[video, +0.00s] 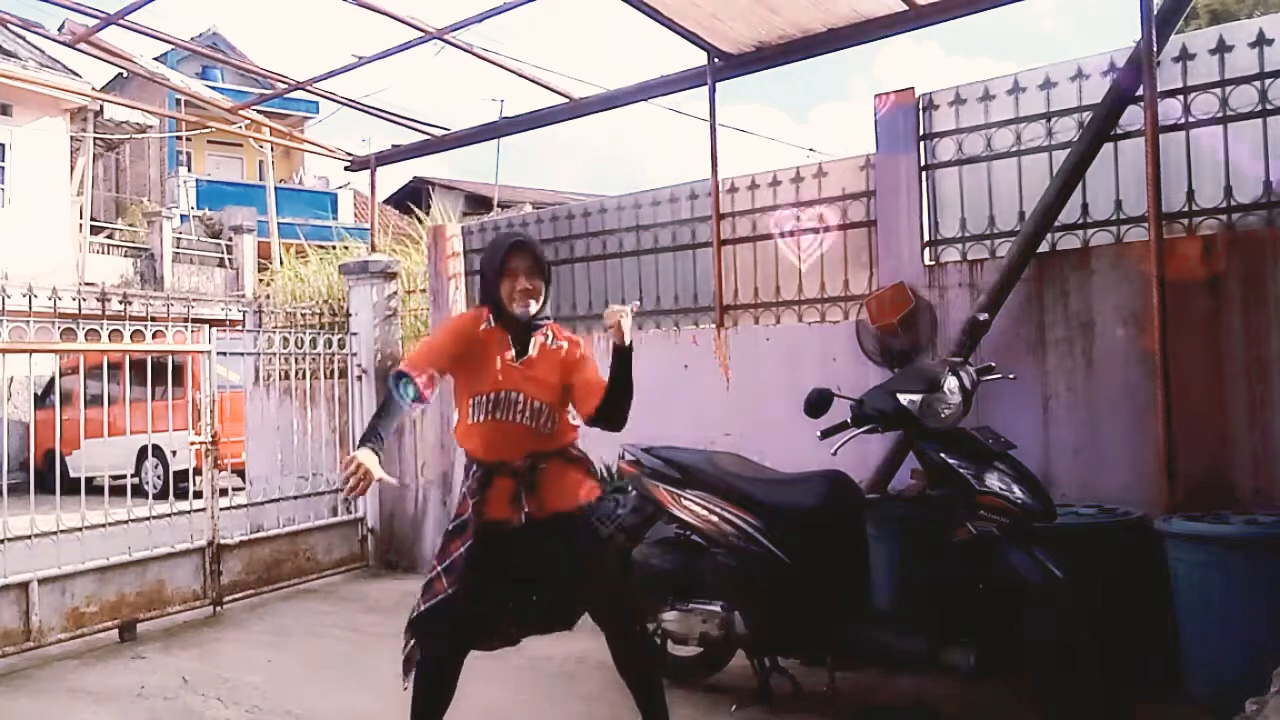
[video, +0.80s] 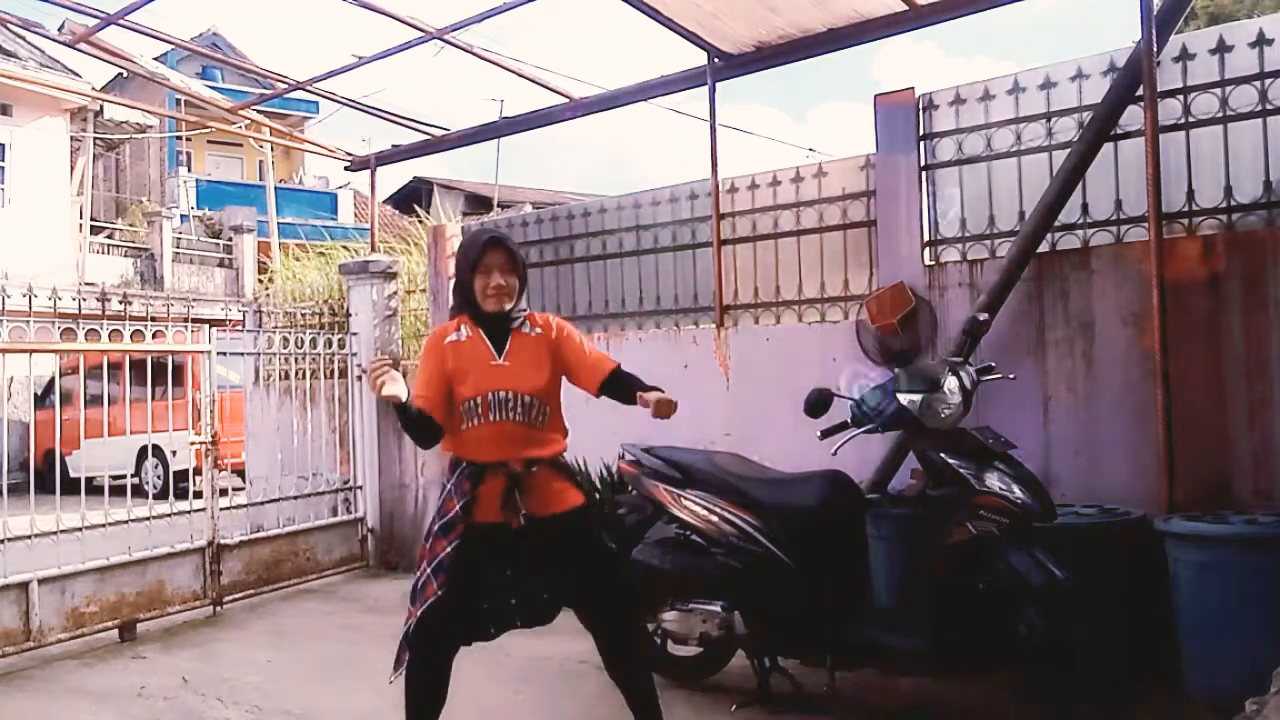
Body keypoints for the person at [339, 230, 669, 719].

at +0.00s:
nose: (525, 285)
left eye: (533, 274)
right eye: (512, 275)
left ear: (546, 283)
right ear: (491, 282)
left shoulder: (567, 347)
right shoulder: (466, 331)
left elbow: (611, 417)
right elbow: (407, 383)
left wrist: (622, 347)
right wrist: (371, 447)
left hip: (565, 502)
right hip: (490, 506)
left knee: (624, 619)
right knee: (442, 630)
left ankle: (656, 714)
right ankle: (424, 718)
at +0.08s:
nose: (531, 270)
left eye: (540, 259)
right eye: (519, 261)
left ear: (555, 266)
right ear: (500, 270)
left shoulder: (581, 325)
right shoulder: (475, 330)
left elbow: (643, 372)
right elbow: (429, 409)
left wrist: (632, 299)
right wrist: (386, 478)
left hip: (575, 492)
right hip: (497, 497)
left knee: (627, 610)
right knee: (452, 627)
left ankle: (659, 714)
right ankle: (425, 718)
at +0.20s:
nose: (549, 289)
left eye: (559, 278)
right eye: (537, 280)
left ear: (573, 284)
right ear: (521, 290)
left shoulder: (605, 324)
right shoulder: (510, 362)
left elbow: (677, 324)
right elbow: (490, 459)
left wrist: (628, 269)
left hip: (589, 529)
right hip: (520, 531)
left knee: (637, 625)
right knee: (459, 620)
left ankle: (655, 715)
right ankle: (427, 716)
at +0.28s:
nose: (555, 306)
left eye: (564, 295)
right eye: (543, 299)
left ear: (580, 301)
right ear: (527, 310)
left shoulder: (613, 337)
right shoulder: (523, 381)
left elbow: (684, 327)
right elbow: (503, 474)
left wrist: (634, 291)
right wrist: (469, 527)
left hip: (593, 527)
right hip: (526, 529)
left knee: (635, 638)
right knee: (455, 630)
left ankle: (653, 713)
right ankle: (427, 715)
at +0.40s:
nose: (544, 282)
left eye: (553, 270)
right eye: (531, 274)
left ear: (569, 277)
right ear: (515, 285)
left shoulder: (601, 322)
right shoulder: (501, 349)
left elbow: (653, 346)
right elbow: (477, 438)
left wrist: (685, 366)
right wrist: (451, 420)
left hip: (587, 508)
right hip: (515, 513)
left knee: (628, 628)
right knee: (451, 627)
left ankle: (655, 716)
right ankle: (422, 716)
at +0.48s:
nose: (534, 267)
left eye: (542, 256)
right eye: (521, 258)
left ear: (556, 261)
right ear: (502, 267)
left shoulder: (587, 313)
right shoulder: (481, 326)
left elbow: (643, 367)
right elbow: (455, 414)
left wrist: (698, 409)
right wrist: (438, 375)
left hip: (577, 493)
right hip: (499, 498)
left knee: (625, 618)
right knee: (447, 622)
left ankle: (655, 713)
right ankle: (419, 715)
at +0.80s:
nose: (498, 281)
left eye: (507, 270)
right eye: (485, 272)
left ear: (520, 278)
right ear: (465, 281)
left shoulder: (549, 331)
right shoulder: (444, 342)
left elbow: (602, 374)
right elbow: (428, 433)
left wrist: (646, 394)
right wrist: (400, 402)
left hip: (554, 497)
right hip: (477, 505)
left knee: (617, 623)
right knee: (431, 632)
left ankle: (649, 713)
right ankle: (420, 716)